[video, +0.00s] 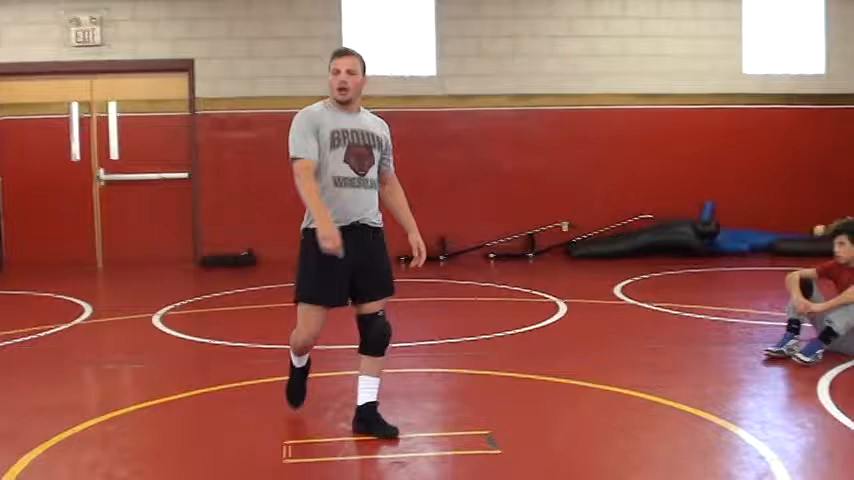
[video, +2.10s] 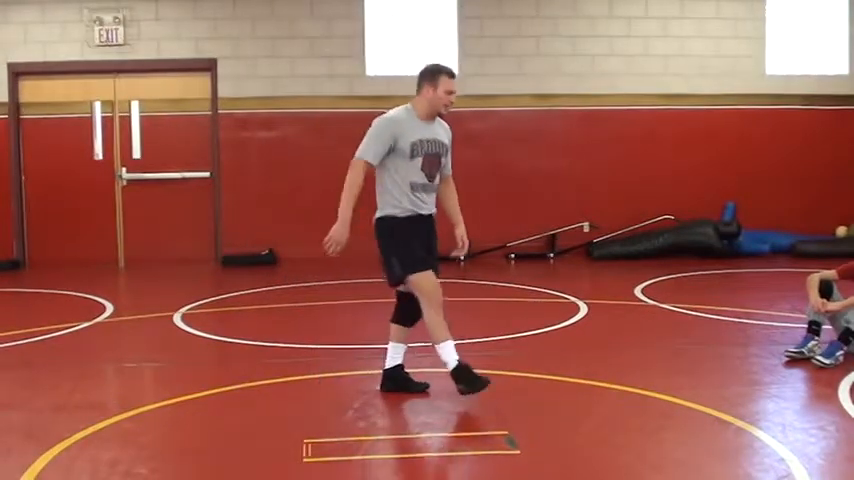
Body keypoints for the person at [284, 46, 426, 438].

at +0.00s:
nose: (343, 79)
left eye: (351, 73)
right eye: (337, 73)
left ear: (364, 81)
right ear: (328, 79)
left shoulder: (378, 127)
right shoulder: (309, 119)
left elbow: (388, 184)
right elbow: (304, 176)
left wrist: (412, 230)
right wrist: (323, 222)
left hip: (368, 235)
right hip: (322, 233)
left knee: (376, 330)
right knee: (307, 333)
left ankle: (366, 410)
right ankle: (300, 364)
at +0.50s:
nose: (310, 86)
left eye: (317, 79)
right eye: (304, 80)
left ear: (333, 82)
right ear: (299, 84)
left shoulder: (361, 120)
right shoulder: (286, 130)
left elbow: (380, 173)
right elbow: (281, 186)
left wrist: (388, 220)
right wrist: (282, 240)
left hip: (355, 226)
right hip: (310, 228)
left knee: (366, 311)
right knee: (314, 309)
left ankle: (362, 388)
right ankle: (321, 380)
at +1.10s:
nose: (335, 89)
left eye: (340, 82)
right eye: (327, 83)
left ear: (347, 84)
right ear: (313, 87)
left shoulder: (367, 121)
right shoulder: (293, 129)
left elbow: (387, 170)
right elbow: (279, 179)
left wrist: (406, 216)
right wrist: (303, 213)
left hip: (362, 222)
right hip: (321, 225)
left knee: (387, 300)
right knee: (321, 304)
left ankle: (387, 372)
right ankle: (322, 380)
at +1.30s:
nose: (368, 89)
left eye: (369, 83)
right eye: (361, 84)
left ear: (366, 86)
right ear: (339, 86)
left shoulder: (380, 122)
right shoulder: (313, 128)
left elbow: (396, 171)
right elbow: (296, 178)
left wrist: (412, 215)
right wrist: (344, 172)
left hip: (375, 222)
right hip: (335, 225)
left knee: (392, 297)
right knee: (330, 305)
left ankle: (392, 371)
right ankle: (324, 379)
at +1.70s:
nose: (422, 94)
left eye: (423, 88)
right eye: (418, 88)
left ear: (407, 88)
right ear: (396, 86)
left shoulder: (417, 128)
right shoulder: (361, 121)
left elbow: (422, 180)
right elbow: (343, 172)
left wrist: (435, 228)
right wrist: (391, 184)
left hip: (403, 222)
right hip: (368, 223)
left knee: (401, 300)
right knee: (364, 302)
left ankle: (392, 371)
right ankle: (347, 375)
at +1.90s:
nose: (438, 98)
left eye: (439, 91)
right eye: (434, 91)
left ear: (425, 91)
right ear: (413, 88)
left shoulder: (430, 131)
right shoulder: (376, 122)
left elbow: (434, 181)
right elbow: (359, 173)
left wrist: (448, 227)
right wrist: (363, 228)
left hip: (412, 223)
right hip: (381, 222)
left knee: (407, 300)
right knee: (396, 298)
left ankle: (391, 370)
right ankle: (402, 375)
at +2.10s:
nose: (452, 100)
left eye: (453, 94)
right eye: (447, 93)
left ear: (435, 93)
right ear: (427, 90)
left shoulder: (443, 130)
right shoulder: (391, 123)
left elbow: (445, 182)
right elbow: (358, 166)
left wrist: (458, 224)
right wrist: (343, 222)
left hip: (424, 223)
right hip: (395, 223)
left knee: (411, 298)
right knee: (430, 293)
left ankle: (392, 370)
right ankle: (457, 368)